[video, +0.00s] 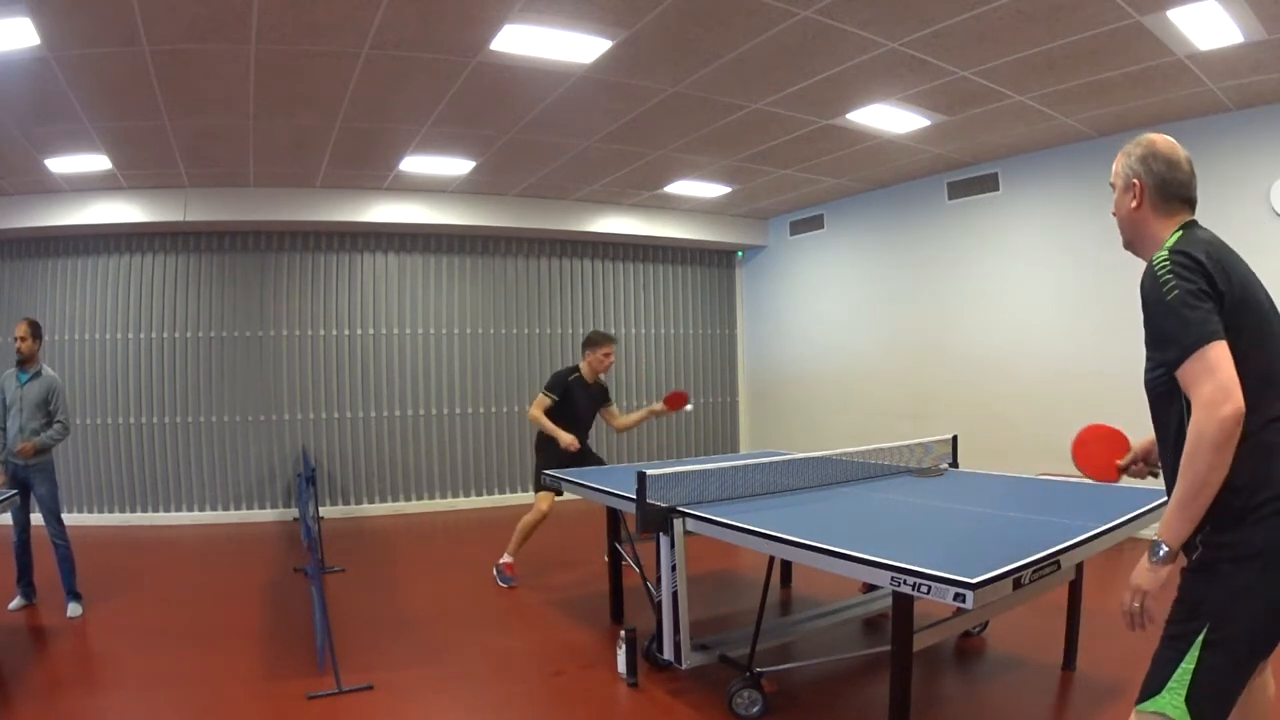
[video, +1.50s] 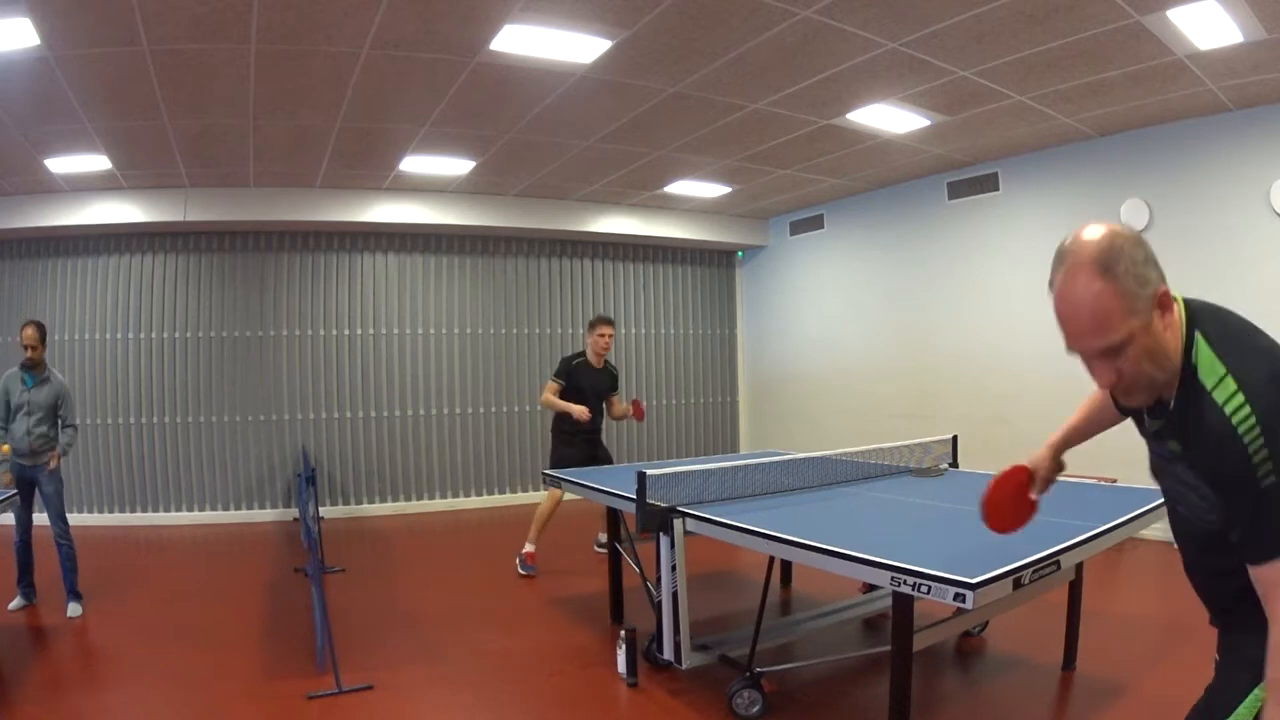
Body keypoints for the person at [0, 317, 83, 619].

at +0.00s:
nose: (17, 344)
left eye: (23, 339)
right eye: (15, 339)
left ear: (38, 343)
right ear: (14, 343)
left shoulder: (51, 382)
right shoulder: (6, 380)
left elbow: (63, 425)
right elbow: (3, 425)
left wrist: (37, 443)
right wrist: (2, 466)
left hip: (40, 466)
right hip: (11, 466)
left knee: (56, 531)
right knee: (20, 532)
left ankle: (72, 596)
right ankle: (26, 592)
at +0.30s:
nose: (17, 345)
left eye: (22, 340)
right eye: (14, 340)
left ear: (37, 343)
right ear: (14, 344)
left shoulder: (51, 382)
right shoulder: (7, 380)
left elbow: (63, 426)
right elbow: (3, 424)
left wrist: (39, 444)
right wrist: (2, 465)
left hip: (40, 465)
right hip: (11, 465)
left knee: (56, 531)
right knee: (20, 532)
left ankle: (72, 596)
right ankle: (26, 592)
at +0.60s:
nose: (17, 346)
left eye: (22, 340)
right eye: (14, 341)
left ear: (37, 343)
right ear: (14, 344)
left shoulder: (51, 382)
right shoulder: (7, 380)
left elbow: (62, 426)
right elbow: (4, 423)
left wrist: (37, 444)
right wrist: (4, 457)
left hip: (40, 465)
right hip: (11, 464)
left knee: (56, 531)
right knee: (20, 532)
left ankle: (72, 596)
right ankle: (26, 593)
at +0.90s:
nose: (15, 348)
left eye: (21, 343)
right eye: (13, 343)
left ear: (36, 344)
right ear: (12, 345)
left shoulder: (51, 382)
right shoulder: (6, 381)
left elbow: (62, 427)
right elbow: (3, 426)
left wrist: (37, 444)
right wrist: (1, 466)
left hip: (41, 466)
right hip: (11, 466)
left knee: (56, 532)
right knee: (20, 533)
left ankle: (72, 596)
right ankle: (26, 593)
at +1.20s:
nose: (17, 349)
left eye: (22, 344)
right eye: (14, 344)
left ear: (36, 345)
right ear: (12, 345)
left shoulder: (51, 381)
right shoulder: (7, 381)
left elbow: (64, 426)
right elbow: (4, 425)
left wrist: (44, 446)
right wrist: (2, 466)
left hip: (41, 465)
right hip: (12, 465)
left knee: (57, 532)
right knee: (20, 533)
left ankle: (72, 596)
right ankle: (26, 593)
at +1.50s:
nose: (28, 352)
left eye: (33, 347)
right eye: (25, 347)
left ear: (44, 347)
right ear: (20, 346)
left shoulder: (57, 385)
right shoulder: (8, 381)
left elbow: (69, 427)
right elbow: (3, 425)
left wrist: (59, 453)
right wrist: (5, 466)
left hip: (47, 465)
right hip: (17, 465)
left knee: (60, 532)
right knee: (22, 533)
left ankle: (73, 596)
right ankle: (26, 593)